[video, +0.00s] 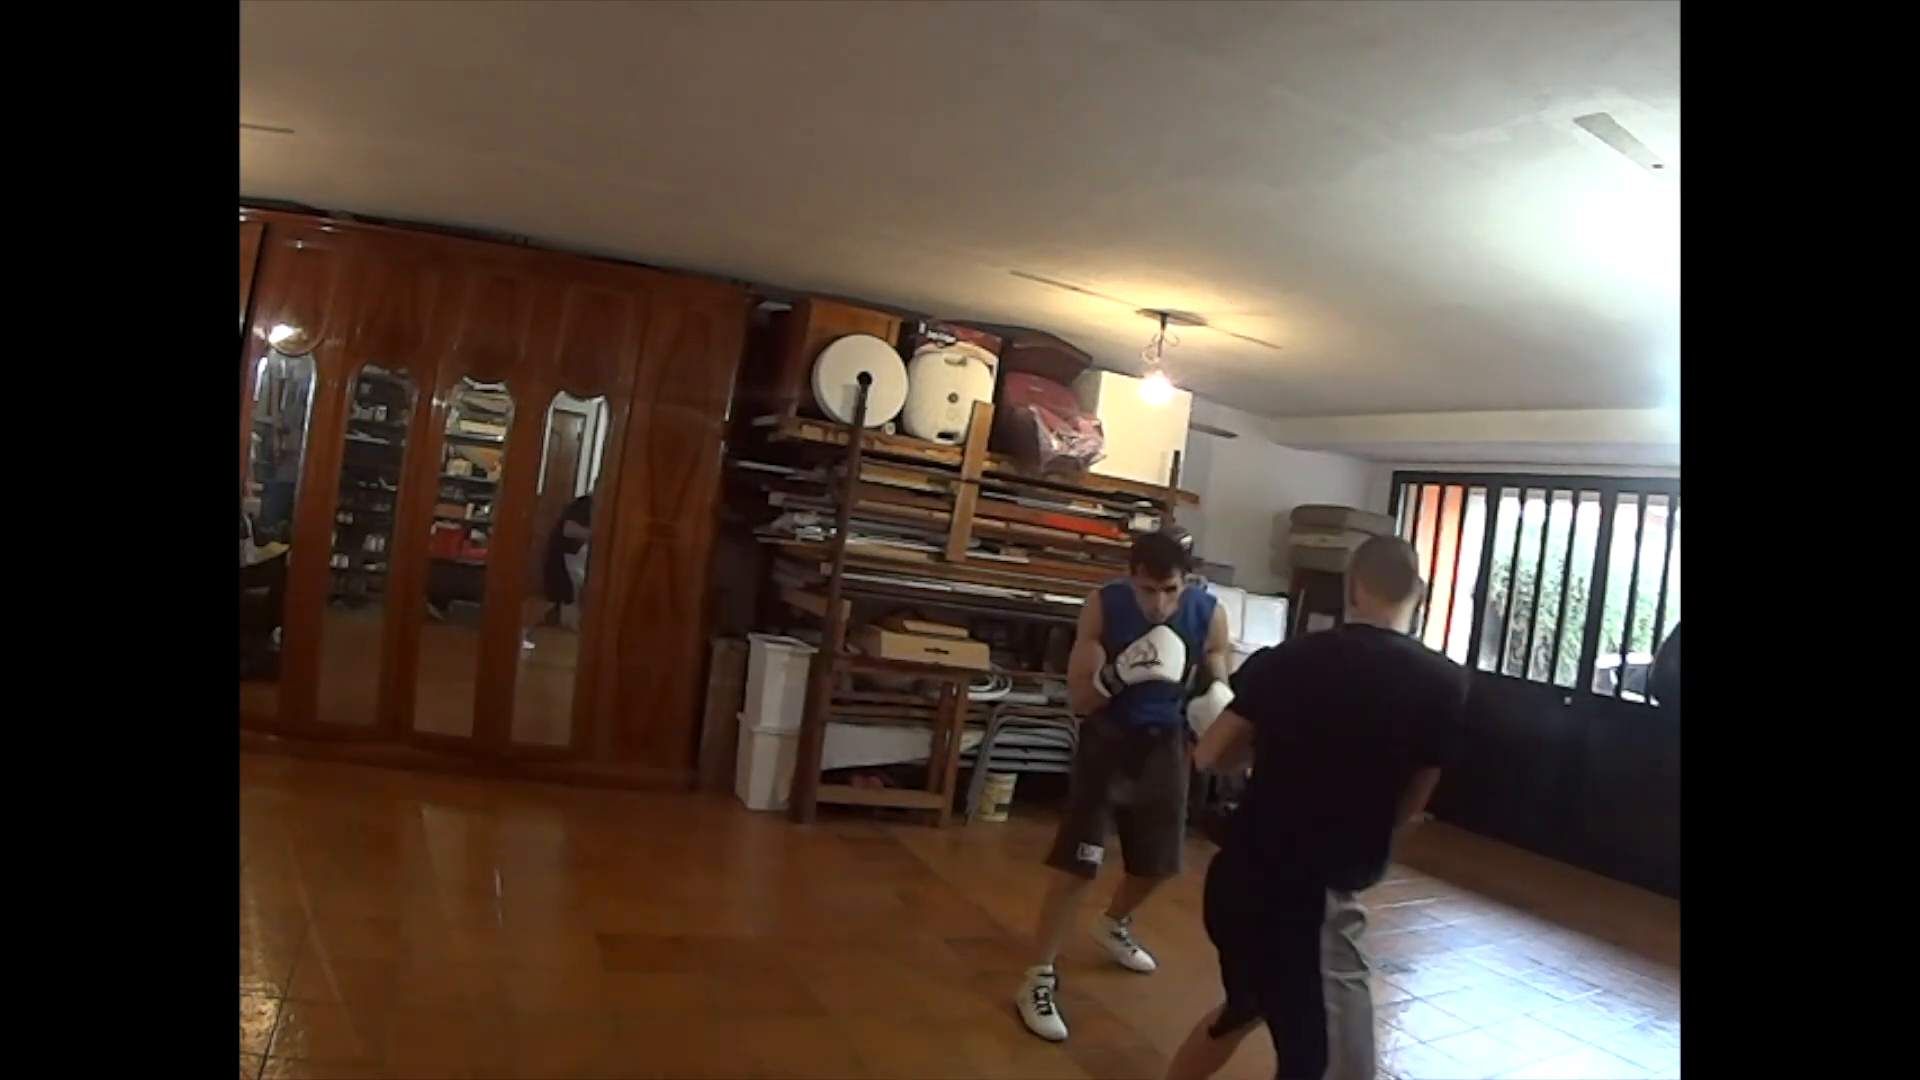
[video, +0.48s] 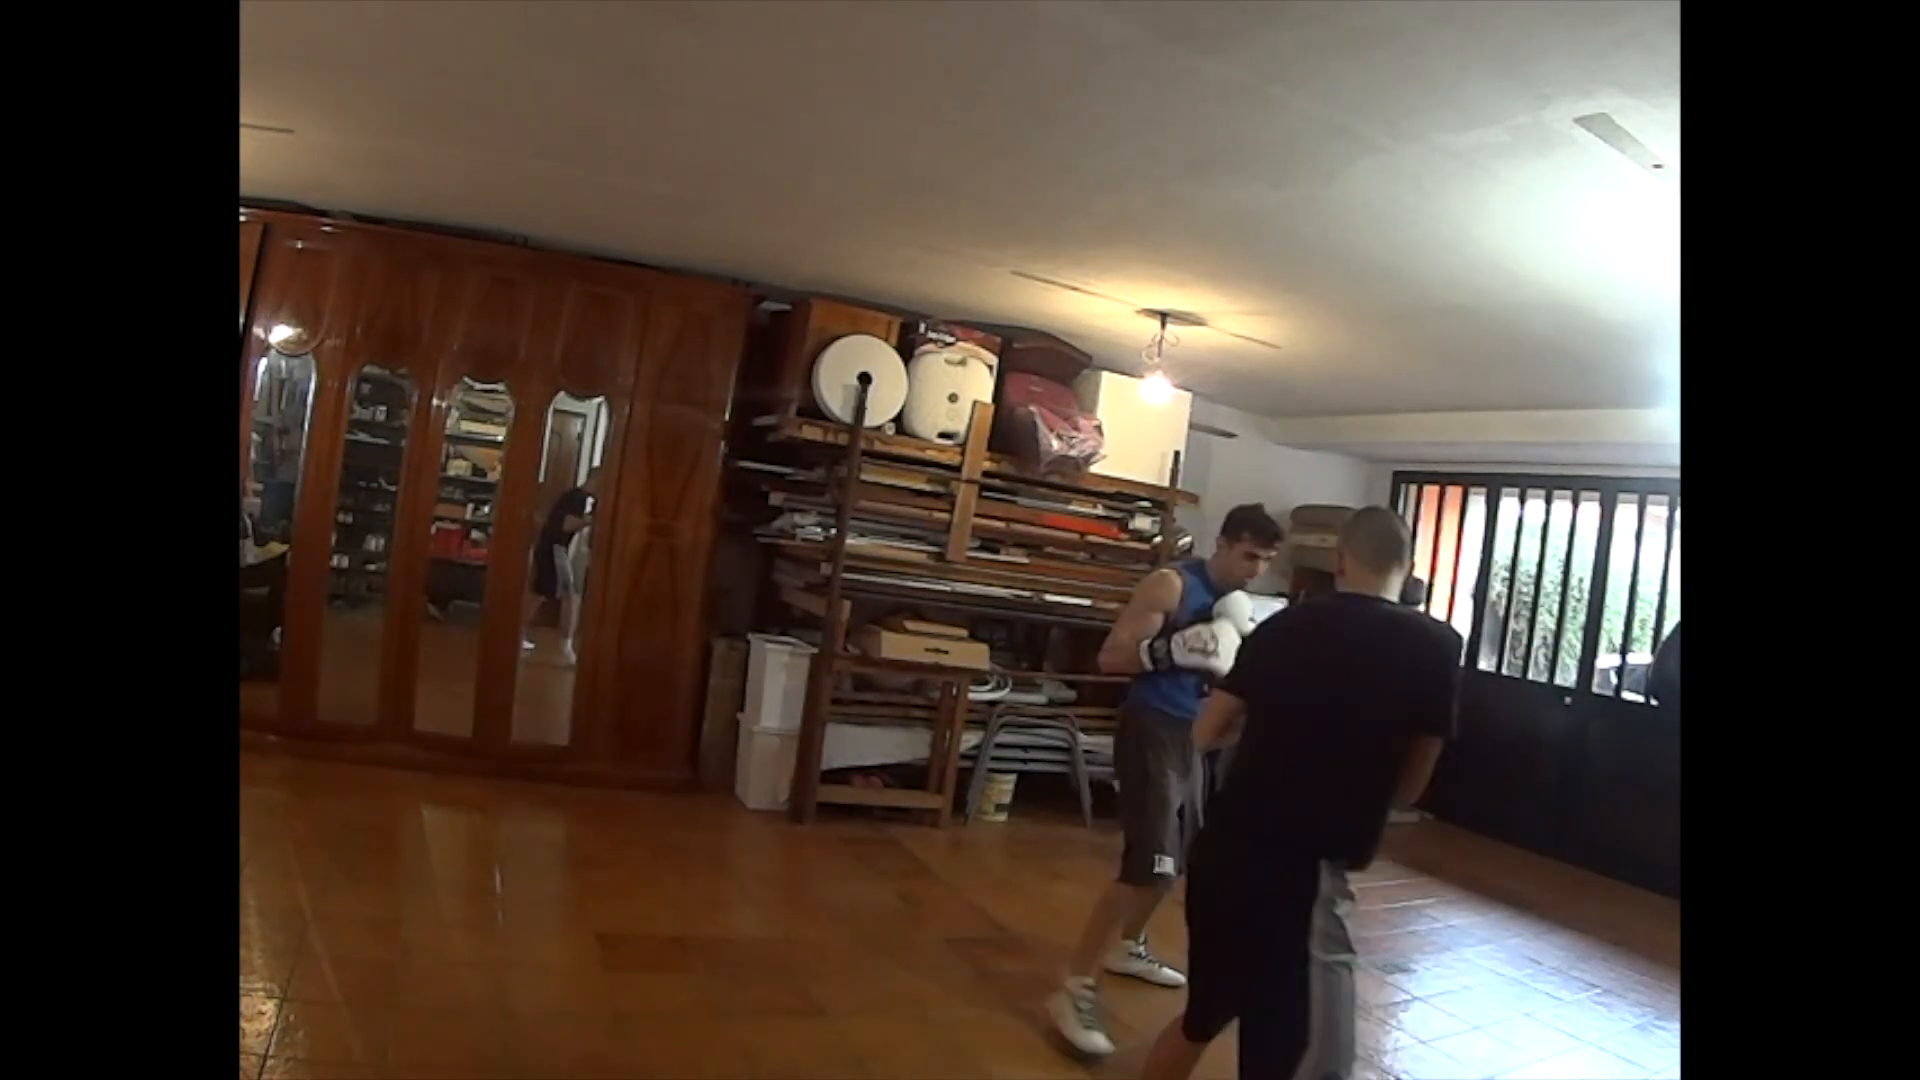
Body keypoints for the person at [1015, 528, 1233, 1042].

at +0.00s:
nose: (1161, 604)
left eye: (1171, 592)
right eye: (1150, 591)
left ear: (1186, 580)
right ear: (1132, 576)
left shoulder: (1207, 613)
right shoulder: (1104, 606)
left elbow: (1222, 680)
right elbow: (1079, 700)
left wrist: (1213, 700)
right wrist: (1111, 675)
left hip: (1166, 749)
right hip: (1105, 742)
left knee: (1157, 862)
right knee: (1078, 863)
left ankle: (1114, 922)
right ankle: (1040, 976)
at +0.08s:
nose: (1172, 589)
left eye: (1182, 578)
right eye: (1162, 578)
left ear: (1196, 570)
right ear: (1143, 565)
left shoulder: (1212, 605)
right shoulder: (1109, 598)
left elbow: (1209, 673)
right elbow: (1079, 690)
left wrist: (1219, 675)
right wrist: (1123, 666)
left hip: (1168, 744)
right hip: (1109, 738)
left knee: (1162, 856)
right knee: (1084, 860)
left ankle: (1119, 927)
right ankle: (1041, 977)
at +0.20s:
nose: (1209, 561)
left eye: (1217, 551)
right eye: (1199, 549)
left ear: (1223, 549)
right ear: (1171, 540)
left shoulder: (1219, 590)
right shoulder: (1125, 588)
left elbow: (1229, 661)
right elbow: (1087, 677)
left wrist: (1230, 661)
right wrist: (1141, 660)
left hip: (1180, 735)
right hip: (1127, 733)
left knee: (1162, 857)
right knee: (1099, 867)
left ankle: (1130, 945)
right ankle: (1043, 979)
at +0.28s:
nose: (1225, 566)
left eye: (1232, 556)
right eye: (1217, 553)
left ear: (1236, 555)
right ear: (1189, 543)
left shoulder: (1221, 595)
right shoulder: (1140, 591)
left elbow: (1221, 682)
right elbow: (1089, 675)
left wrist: (1236, 654)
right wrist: (1149, 663)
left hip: (1182, 739)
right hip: (1134, 737)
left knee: (1166, 860)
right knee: (1113, 872)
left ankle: (1130, 947)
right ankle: (1044, 981)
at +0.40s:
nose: (1251, 571)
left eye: (1257, 561)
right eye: (1246, 558)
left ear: (1254, 559)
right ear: (1219, 546)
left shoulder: (1225, 601)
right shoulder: (1163, 587)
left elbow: (1216, 674)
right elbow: (1102, 660)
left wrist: (1238, 649)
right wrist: (1166, 659)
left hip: (1191, 736)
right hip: (1149, 733)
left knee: (1177, 857)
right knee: (1142, 871)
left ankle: (1127, 949)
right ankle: (1060, 975)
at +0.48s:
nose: (1257, 570)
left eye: (1265, 561)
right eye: (1252, 556)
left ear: (1263, 560)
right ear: (1224, 544)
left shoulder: (1229, 601)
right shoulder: (1169, 584)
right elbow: (1111, 657)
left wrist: (1237, 649)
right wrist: (1174, 649)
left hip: (1191, 732)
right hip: (1152, 727)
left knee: (1174, 858)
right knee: (1147, 867)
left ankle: (1129, 947)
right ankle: (1076, 988)